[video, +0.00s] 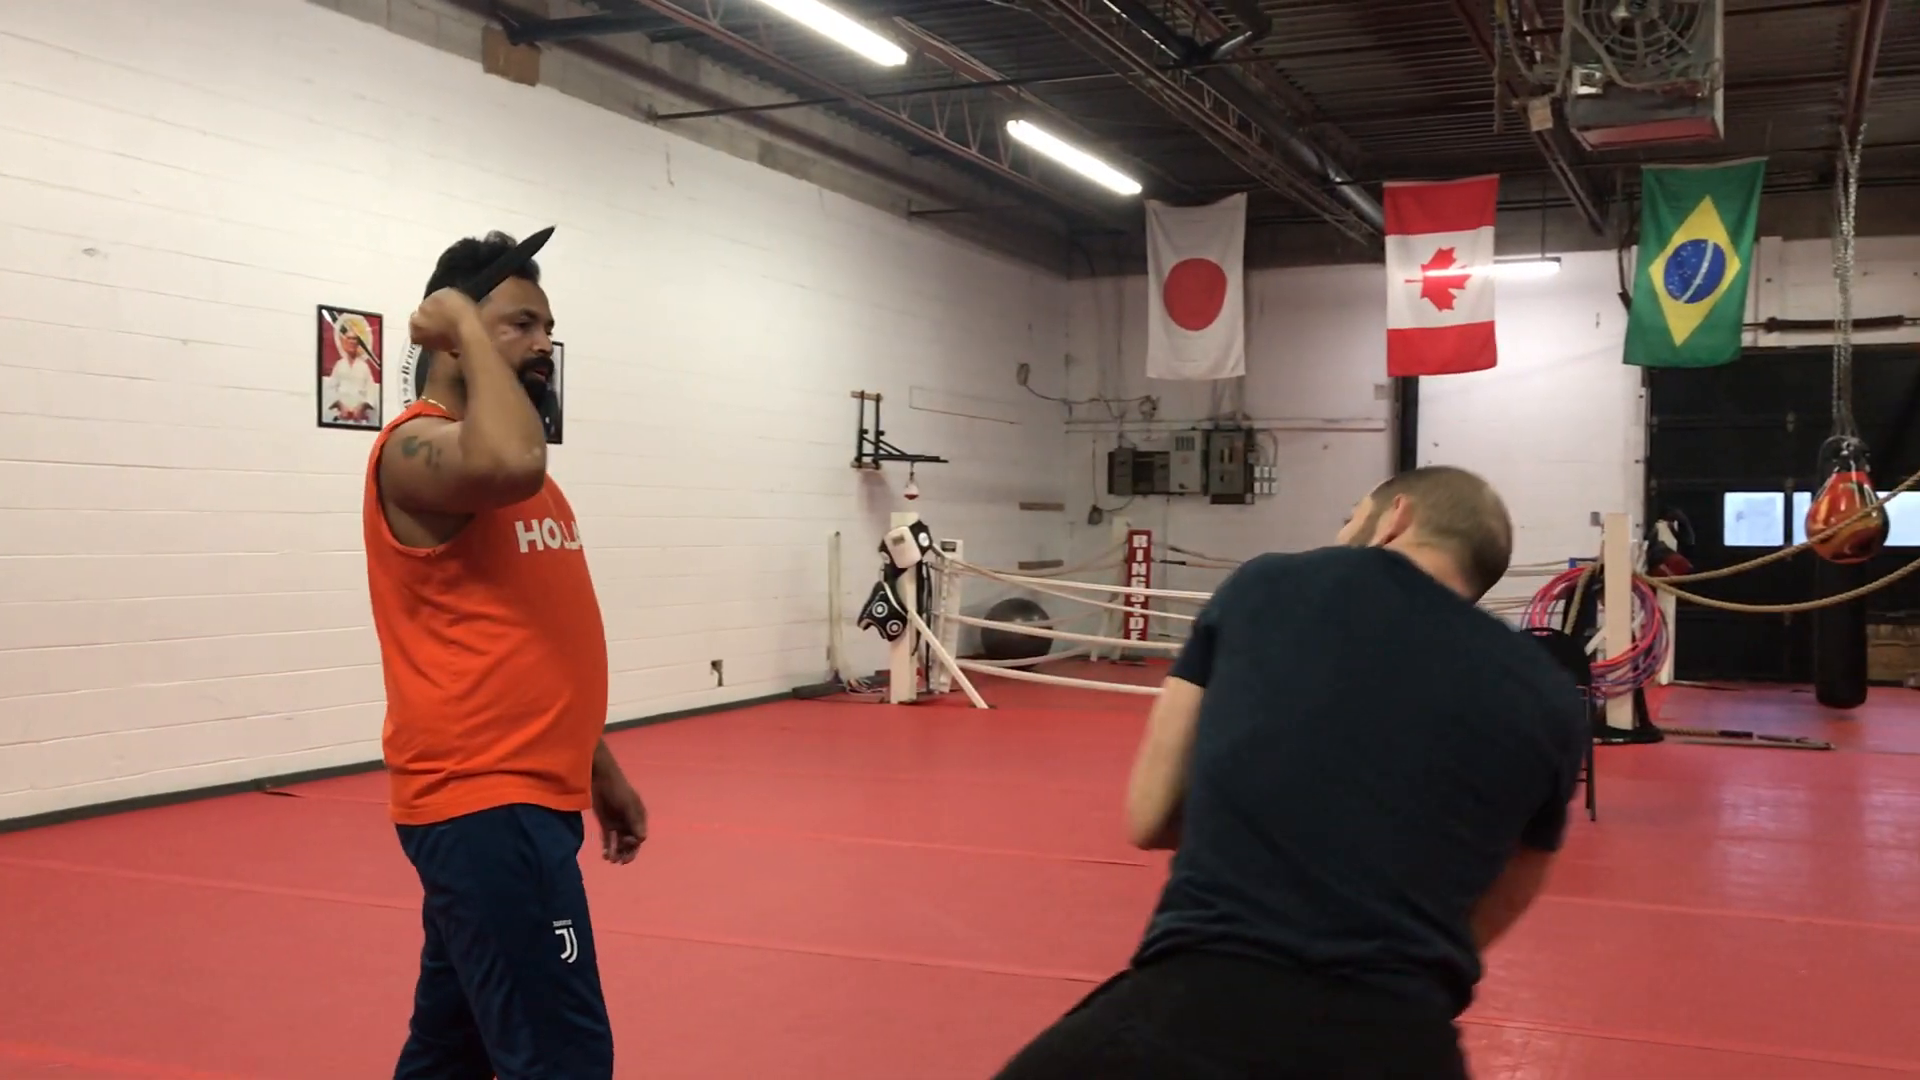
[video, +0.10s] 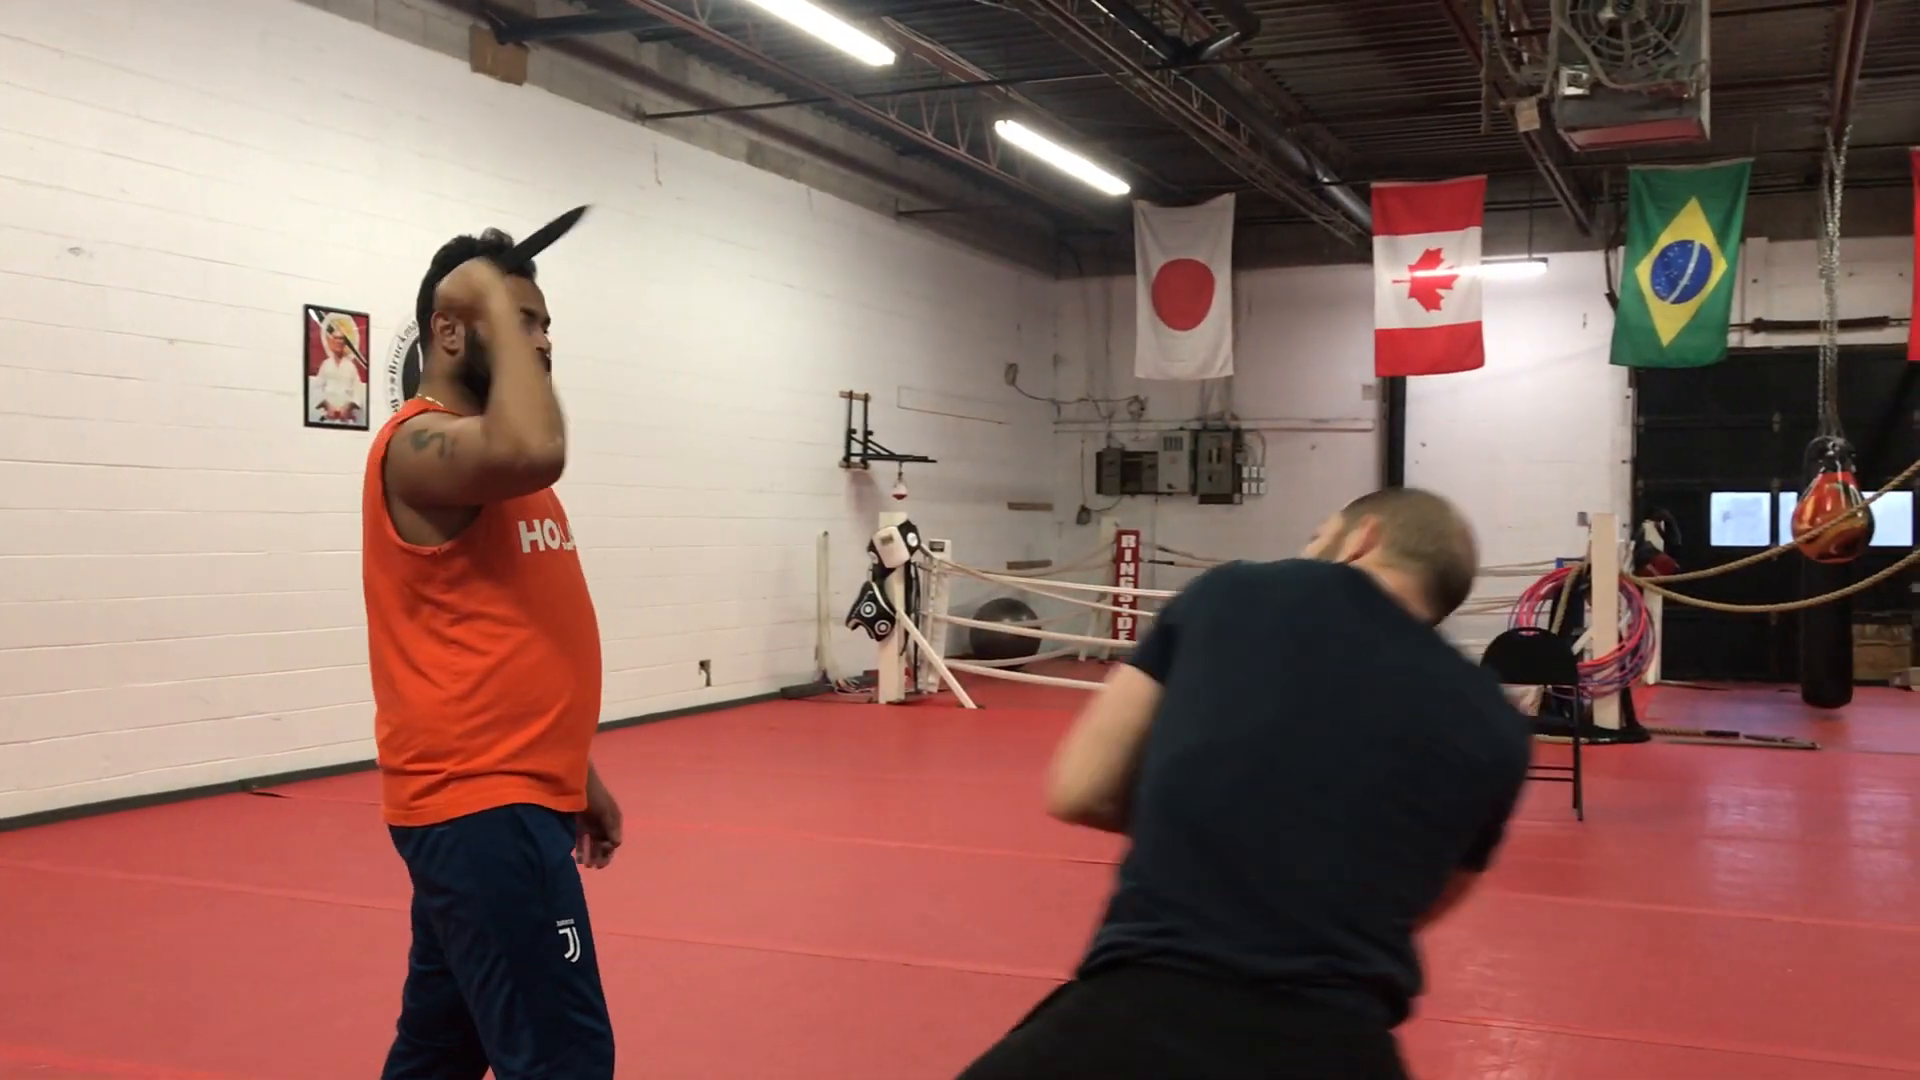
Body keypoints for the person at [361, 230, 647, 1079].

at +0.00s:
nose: (544, 346)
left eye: (546, 326)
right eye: (518, 323)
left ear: (542, 334)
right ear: (457, 340)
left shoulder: (517, 452)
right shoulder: (415, 444)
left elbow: (537, 632)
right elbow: (512, 460)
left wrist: (600, 769)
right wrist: (466, 327)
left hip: (527, 798)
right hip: (477, 802)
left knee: (452, 1055)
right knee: (566, 1056)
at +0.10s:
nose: (541, 342)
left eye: (542, 325)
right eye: (524, 321)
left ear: (455, 339)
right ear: (453, 334)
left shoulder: (489, 442)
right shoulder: (422, 441)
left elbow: (508, 634)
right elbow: (534, 446)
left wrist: (575, 772)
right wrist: (500, 312)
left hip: (507, 796)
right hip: (473, 802)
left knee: (439, 1054)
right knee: (566, 1058)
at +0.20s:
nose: (540, 340)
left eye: (541, 320)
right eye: (516, 318)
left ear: (458, 333)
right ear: (449, 327)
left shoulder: (474, 433)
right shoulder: (429, 436)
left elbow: (490, 635)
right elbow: (561, 442)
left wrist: (553, 779)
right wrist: (551, 281)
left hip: (484, 798)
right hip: (471, 804)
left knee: (427, 1053)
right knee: (559, 1057)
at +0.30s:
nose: (547, 336)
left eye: (546, 318)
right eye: (522, 315)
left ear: (457, 331)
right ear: (449, 324)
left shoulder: (459, 430)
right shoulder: (442, 435)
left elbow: (478, 635)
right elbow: (590, 444)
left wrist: (540, 786)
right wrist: (626, 267)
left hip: (467, 800)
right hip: (465, 807)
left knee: (408, 1056)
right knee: (546, 1058)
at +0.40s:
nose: (545, 337)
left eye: (543, 316)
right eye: (523, 313)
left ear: (450, 329)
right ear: (448, 323)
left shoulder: (423, 429)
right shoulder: (449, 434)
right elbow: (613, 456)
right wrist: (697, 285)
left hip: (424, 802)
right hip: (461, 809)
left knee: (394, 1055)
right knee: (535, 1059)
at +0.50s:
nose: (545, 335)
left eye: (543, 314)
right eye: (522, 312)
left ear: (449, 329)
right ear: (448, 322)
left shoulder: (404, 433)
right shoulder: (451, 436)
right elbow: (624, 462)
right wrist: (743, 313)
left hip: (406, 801)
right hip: (452, 807)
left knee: (380, 1058)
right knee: (525, 1059)